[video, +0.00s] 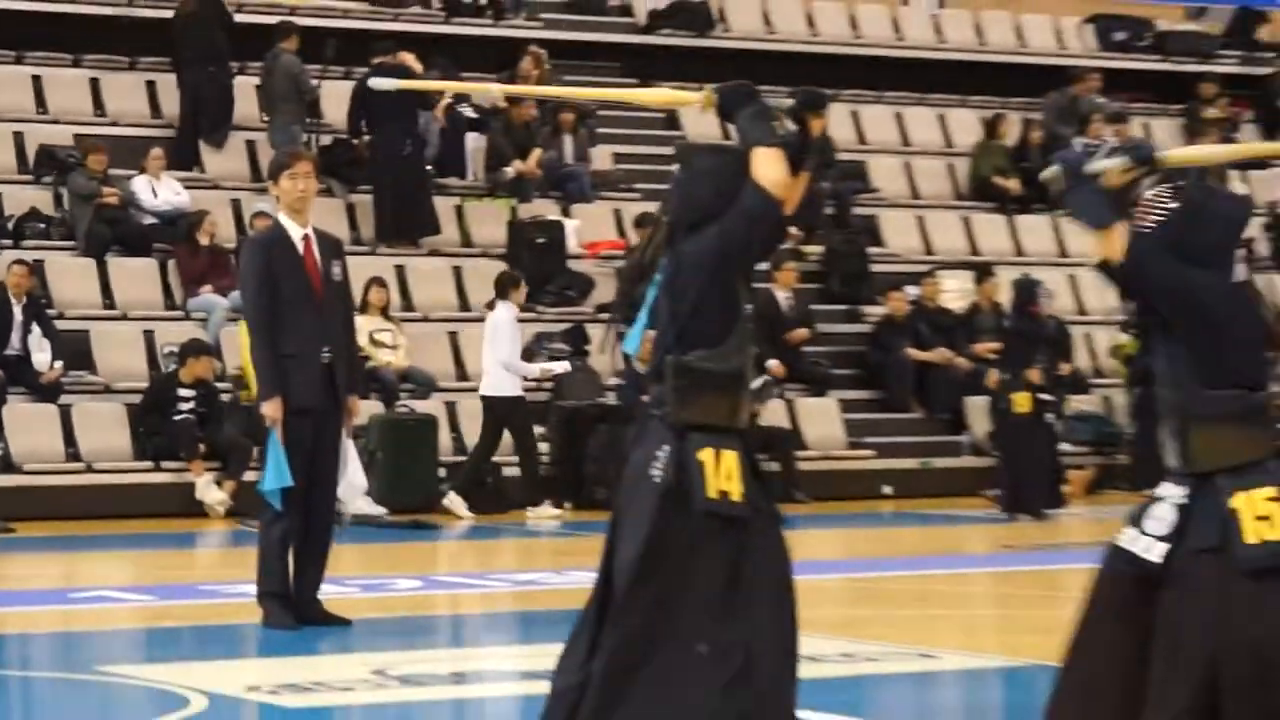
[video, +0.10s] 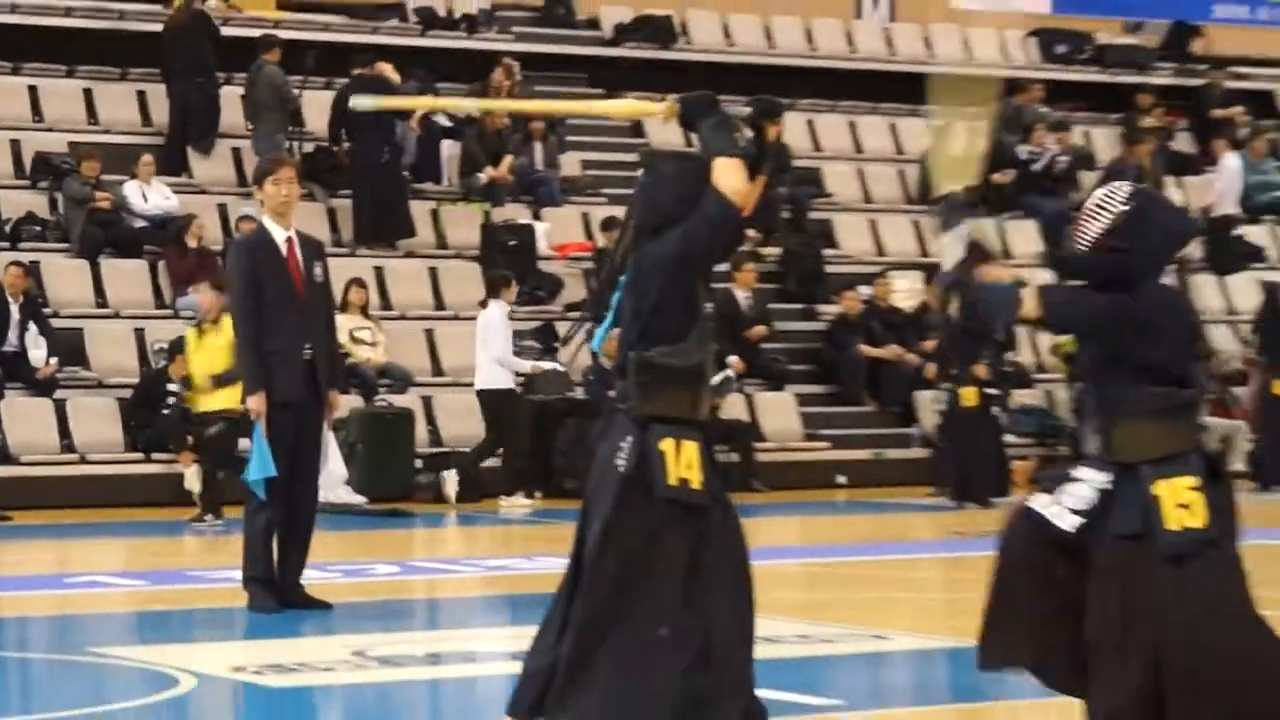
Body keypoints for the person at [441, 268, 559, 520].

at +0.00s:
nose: (526, 291)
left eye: (524, 287)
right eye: (523, 287)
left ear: (503, 291)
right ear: (514, 290)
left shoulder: (495, 315)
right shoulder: (507, 318)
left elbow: (502, 359)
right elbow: (508, 359)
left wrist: (531, 371)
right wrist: (538, 371)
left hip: (492, 390)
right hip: (507, 392)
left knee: (486, 445)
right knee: (527, 447)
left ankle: (457, 493)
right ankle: (535, 503)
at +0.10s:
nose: (516, 292)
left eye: (515, 287)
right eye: (513, 287)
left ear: (494, 289)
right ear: (504, 289)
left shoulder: (488, 314)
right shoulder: (498, 315)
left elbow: (495, 356)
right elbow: (501, 355)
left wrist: (524, 369)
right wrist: (532, 367)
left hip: (487, 384)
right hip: (498, 385)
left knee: (495, 438)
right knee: (513, 439)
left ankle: (458, 473)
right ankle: (511, 492)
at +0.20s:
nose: (507, 292)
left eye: (506, 287)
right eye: (505, 287)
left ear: (487, 289)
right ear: (497, 289)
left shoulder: (475, 312)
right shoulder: (492, 312)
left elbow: (481, 349)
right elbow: (495, 350)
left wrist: (516, 359)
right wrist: (527, 362)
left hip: (477, 379)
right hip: (490, 380)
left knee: (497, 431)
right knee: (499, 431)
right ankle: (483, 480)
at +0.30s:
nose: (494, 294)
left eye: (493, 289)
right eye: (492, 289)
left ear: (475, 291)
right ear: (484, 290)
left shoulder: (463, 312)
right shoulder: (483, 312)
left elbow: (455, 346)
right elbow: (485, 348)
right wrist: (509, 356)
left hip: (464, 374)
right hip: (478, 376)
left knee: (480, 423)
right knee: (478, 424)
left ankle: (481, 467)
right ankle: (465, 471)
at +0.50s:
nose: (497, 292)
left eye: (496, 288)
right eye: (494, 288)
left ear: (476, 292)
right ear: (485, 291)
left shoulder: (465, 313)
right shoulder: (486, 312)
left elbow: (458, 345)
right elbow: (490, 344)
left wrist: (474, 353)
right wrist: (510, 344)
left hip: (466, 369)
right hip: (482, 371)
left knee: (467, 415)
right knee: (487, 414)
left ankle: (451, 453)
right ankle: (495, 457)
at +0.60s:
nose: (509, 290)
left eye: (507, 286)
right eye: (507, 287)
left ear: (490, 289)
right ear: (502, 289)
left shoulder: (481, 310)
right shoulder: (505, 309)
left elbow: (477, 338)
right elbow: (508, 339)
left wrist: (485, 348)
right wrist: (522, 344)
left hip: (483, 364)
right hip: (501, 365)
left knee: (489, 406)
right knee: (503, 408)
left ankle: (474, 437)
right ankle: (505, 451)